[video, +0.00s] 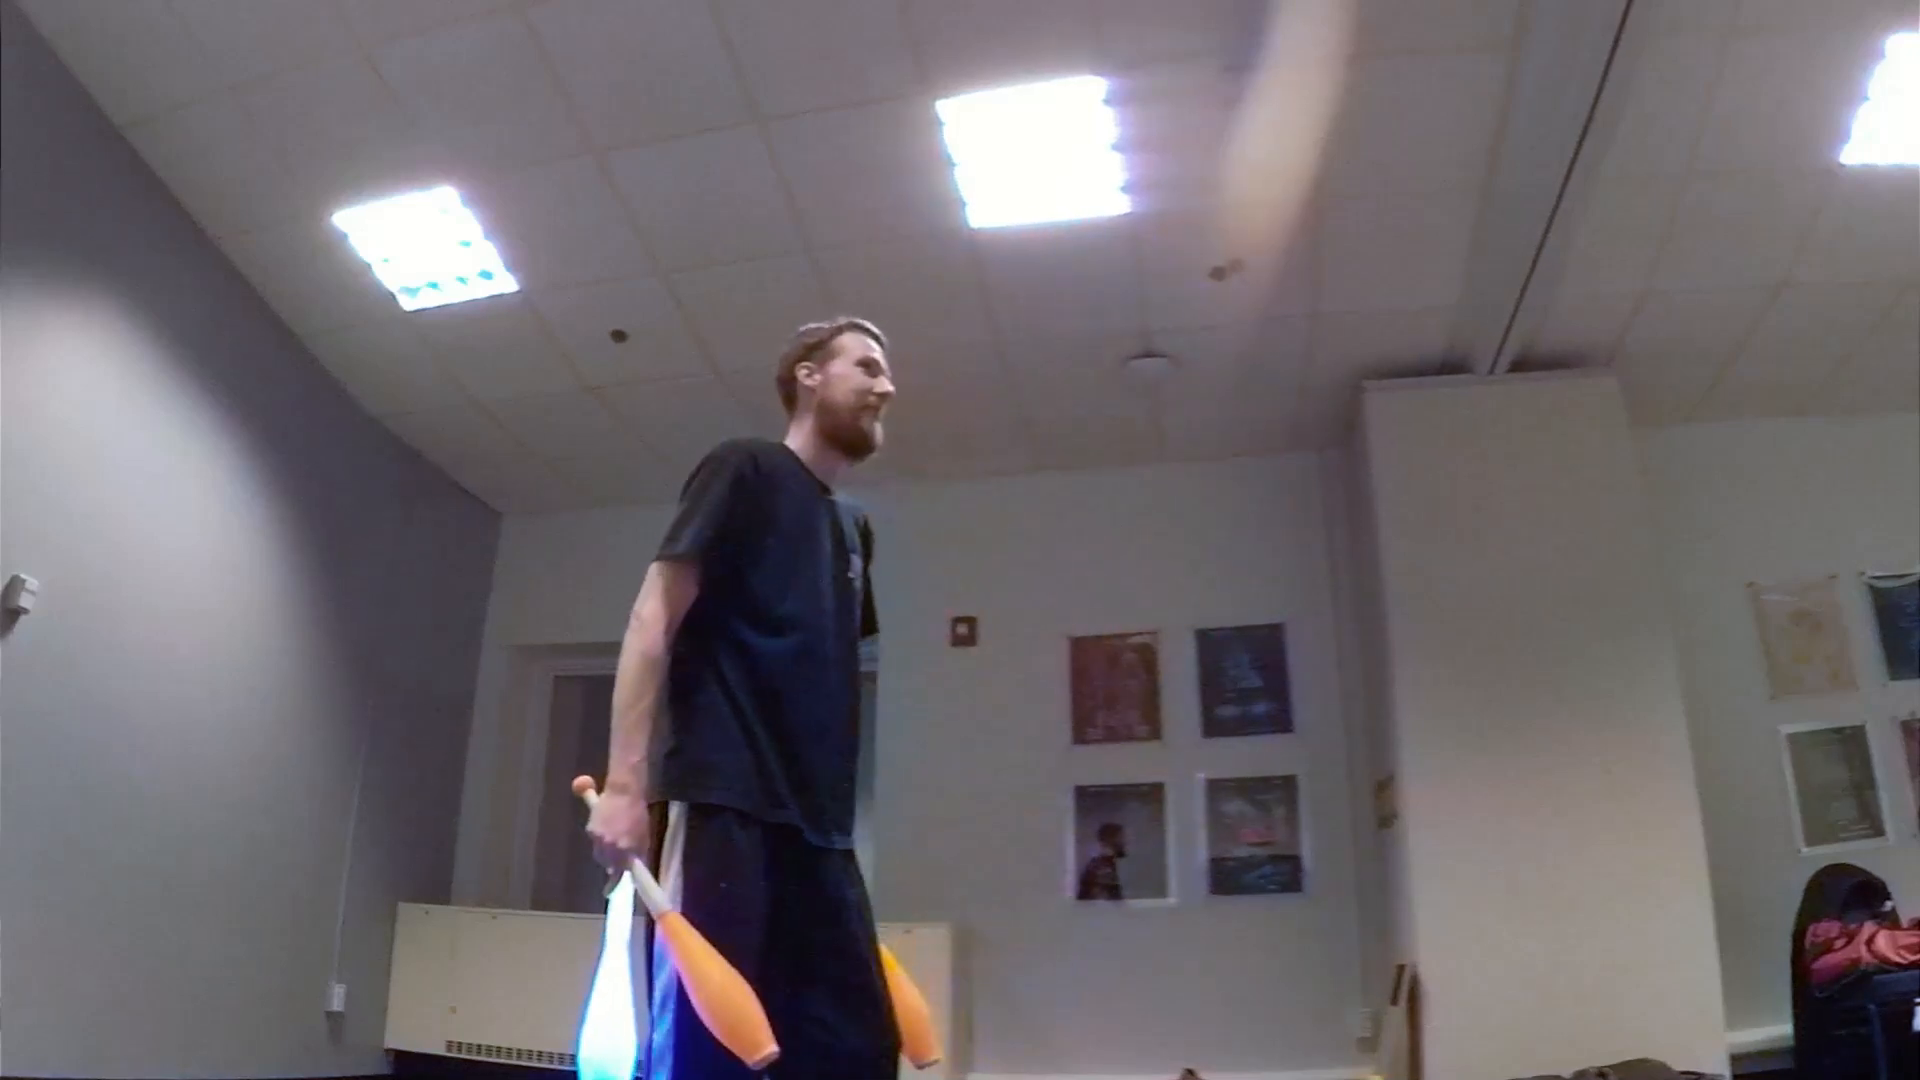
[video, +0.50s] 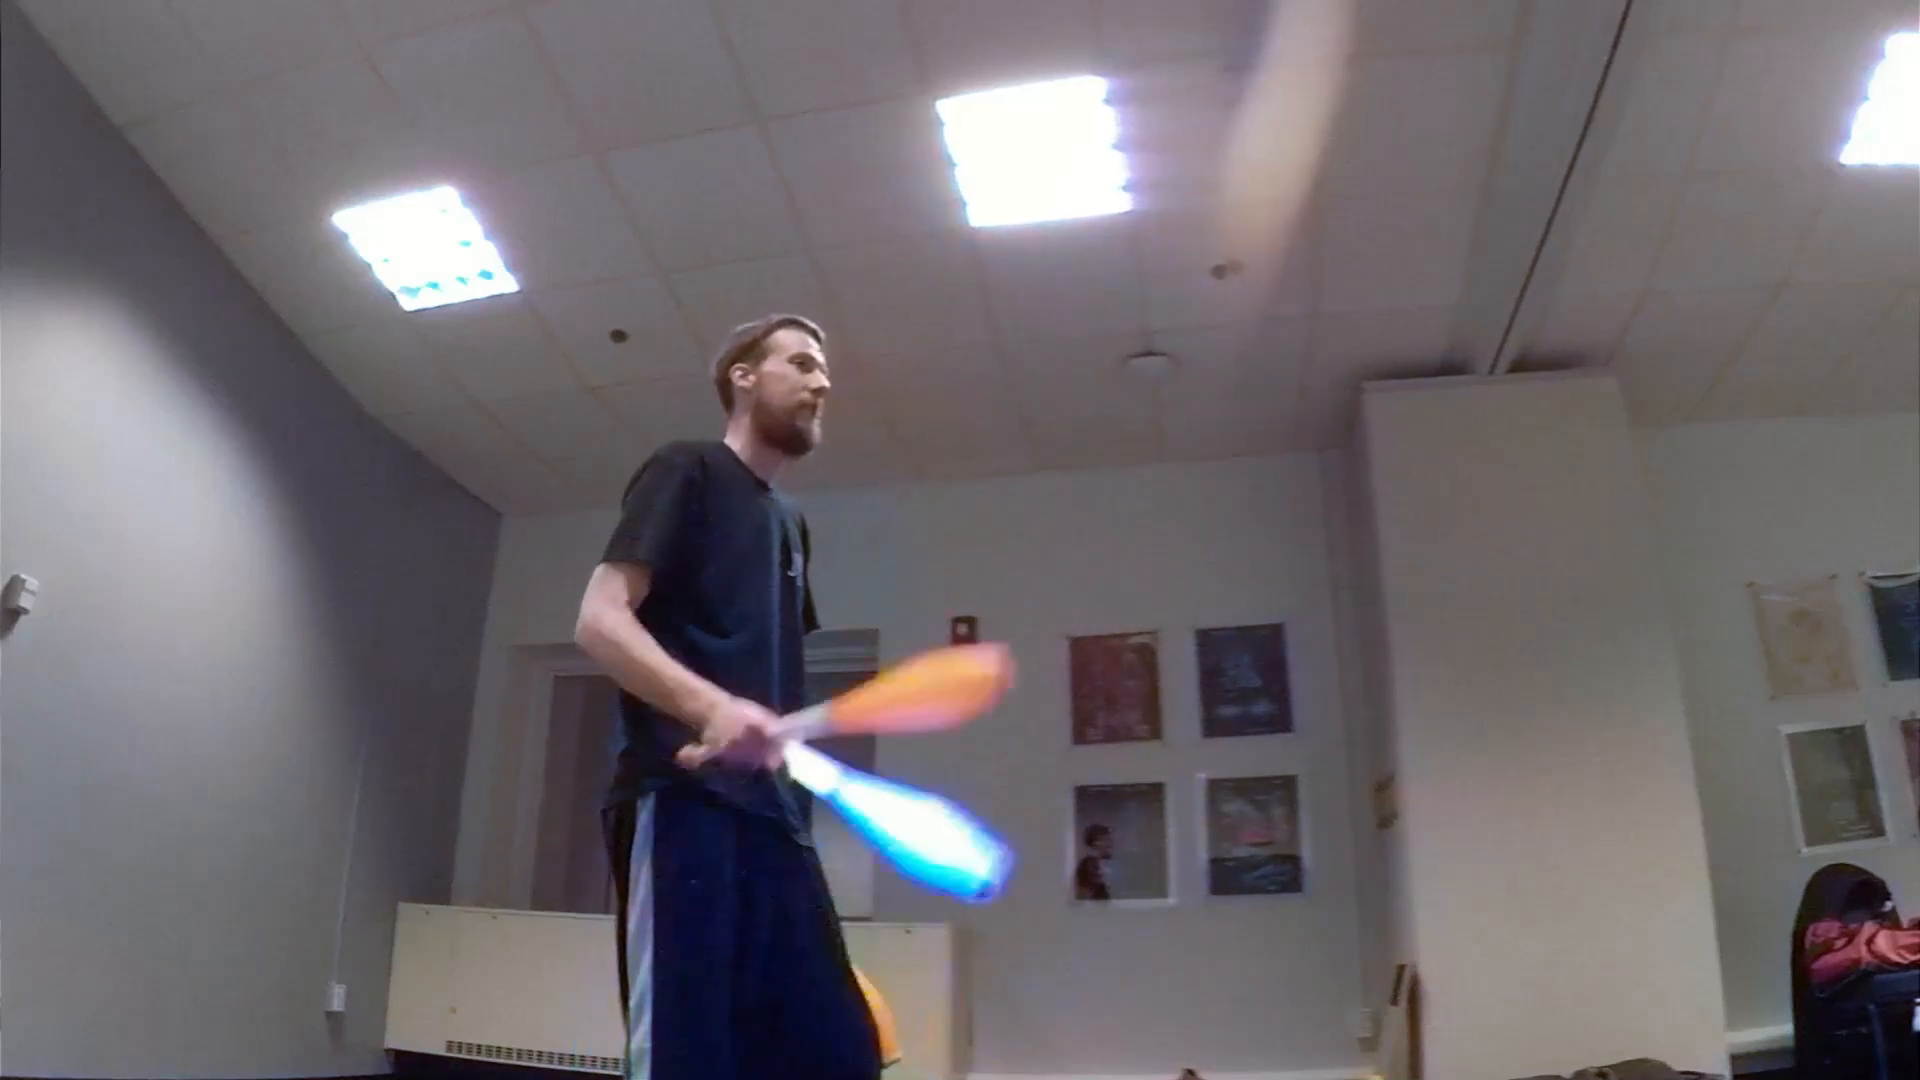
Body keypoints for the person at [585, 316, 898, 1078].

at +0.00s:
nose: (885, 384)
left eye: (887, 375)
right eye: (867, 365)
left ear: (877, 407)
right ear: (805, 378)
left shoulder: (852, 526)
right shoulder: (743, 468)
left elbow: (833, 673)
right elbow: (651, 617)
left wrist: (830, 819)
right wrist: (625, 786)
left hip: (818, 829)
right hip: (721, 815)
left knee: (857, 1044)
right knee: (705, 1045)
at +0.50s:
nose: (822, 381)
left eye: (824, 372)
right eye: (801, 362)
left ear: (822, 405)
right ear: (741, 379)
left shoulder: (790, 524)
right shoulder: (686, 470)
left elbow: (774, 670)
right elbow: (599, 618)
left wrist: (788, 740)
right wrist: (710, 709)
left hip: (771, 814)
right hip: (685, 806)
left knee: (836, 1046)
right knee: (683, 1050)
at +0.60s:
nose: (817, 383)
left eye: (821, 374)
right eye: (796, 363)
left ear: (815, 404)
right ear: (737, 380)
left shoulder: (785, 526)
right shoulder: (682, 467)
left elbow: (773, 647)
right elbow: (637, 612)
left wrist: (825, 602)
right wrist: (792, 593)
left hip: (772, 814)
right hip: (681, 800)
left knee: (812, 1041)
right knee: (680, 1040)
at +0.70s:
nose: (810, 386)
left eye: (815, 376)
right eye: (790, 367)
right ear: (732, 379)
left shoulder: (768, 518)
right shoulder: (682, 458)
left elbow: (763, 671)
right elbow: (712, 556)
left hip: (770, 814)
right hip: (681, 803)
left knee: (816, 1044)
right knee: (678, 1045)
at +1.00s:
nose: (797, 392)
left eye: (803, 382)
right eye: (781, 374)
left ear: (776, 397)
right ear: (725, 389)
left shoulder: (755, 518)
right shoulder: (682, 457)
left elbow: (751, 667)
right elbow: (767, 447)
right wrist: (875, 303)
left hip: (753, 788)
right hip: (677, 778)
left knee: (813, 1021)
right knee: (679, 1015)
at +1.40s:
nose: (798, 397)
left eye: (802, 389)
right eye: (779, 379)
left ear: (794, 413)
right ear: (721, 389)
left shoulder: (760, 529)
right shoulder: (680, 456)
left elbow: (750, 659)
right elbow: (761, 480)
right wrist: (927, 407)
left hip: (756, 794)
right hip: (675, 785)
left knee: (815, 1030)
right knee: (673, 1024)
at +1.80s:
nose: (821, 392)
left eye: (823, 382)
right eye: (802, 372)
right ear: (743, 384)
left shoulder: (770, 526)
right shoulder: (703, 462)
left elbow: (744, 645)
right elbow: (688, 597)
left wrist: (829, 670)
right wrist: (847, 629)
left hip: (761, 807)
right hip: (683, 801)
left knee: (830, 1037)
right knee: (685, 1040)